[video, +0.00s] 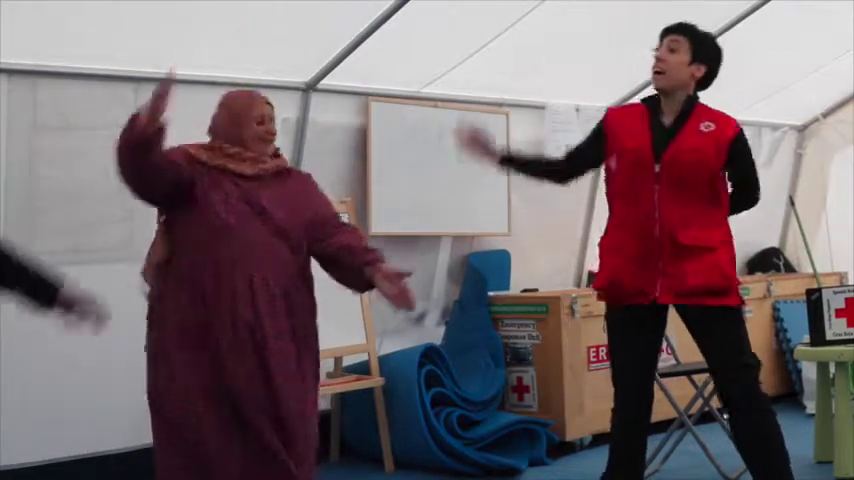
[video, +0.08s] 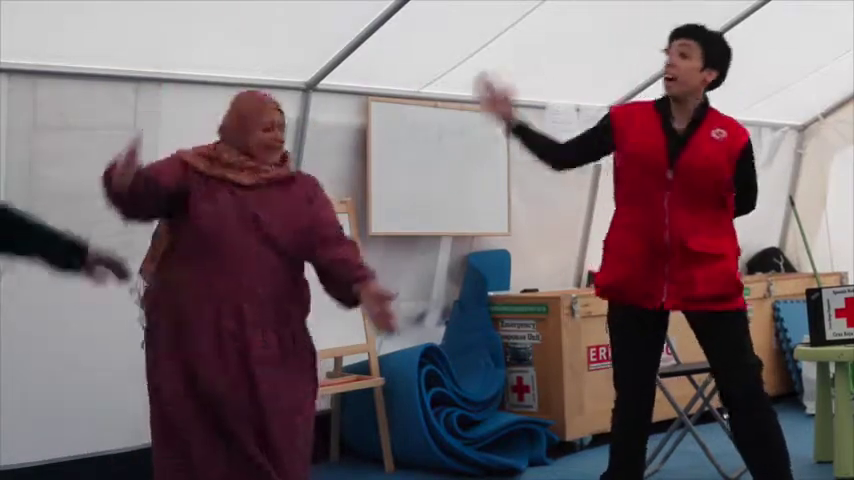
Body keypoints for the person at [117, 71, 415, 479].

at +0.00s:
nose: (270, 129)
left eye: (272, 120)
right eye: (260, 121)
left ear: (276, 126)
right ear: (227, 127)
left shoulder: (296, 186)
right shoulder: (191, 168)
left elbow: (333, 236)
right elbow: (146, 175)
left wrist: (372, 269)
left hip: (278, 347)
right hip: (194, 347)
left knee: (282, 452)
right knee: (199, 453)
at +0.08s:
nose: (277, 136)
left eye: (281, 128)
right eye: (267, 128)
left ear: (286, 132)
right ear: (236, 131)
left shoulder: (301, 190)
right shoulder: (191, 172)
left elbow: (333, 249)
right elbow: (143, 199)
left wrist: (362, 286)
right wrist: (125, 184)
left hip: (273, 348)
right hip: (190, 345)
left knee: (279, 455)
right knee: (195, 455)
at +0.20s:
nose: (285, 160)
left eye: (290, 150)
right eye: (275, 150)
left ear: (297, 149)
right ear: (243, 145)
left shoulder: (302, 205)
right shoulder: (190, 185)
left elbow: (322, 270)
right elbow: (135, 217)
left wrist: (339, 322)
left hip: (273, 354)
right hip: (192, 355)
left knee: (283, 455)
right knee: (197, 454)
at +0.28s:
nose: (284, 186)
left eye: (291, 176)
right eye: (274, 176)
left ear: (299, 173)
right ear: (246, 168)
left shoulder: (302, 225)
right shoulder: (191, 199)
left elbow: (315, 293)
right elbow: (135, 242)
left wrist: (321, 347)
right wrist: (106, 288)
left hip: (274, 356)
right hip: (189, 354)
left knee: (281, 452)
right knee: (192, 451)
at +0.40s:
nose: (276, 237)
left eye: (285, 228)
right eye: (268, 228)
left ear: (293, 219)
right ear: (245, 213)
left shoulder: (300, 260)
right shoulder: (188, 223)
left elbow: (299, 335)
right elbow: (138, 265)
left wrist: (294, 398)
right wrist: (109, 324)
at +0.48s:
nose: (266, 281)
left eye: (274, 274)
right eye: (257, 273)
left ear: (286, 260)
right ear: (229, 251)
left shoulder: (297, 281)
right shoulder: (182, 239)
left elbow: (288, 359)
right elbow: (134, 278)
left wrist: (276, 427)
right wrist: (110, 328)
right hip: (180, 356)